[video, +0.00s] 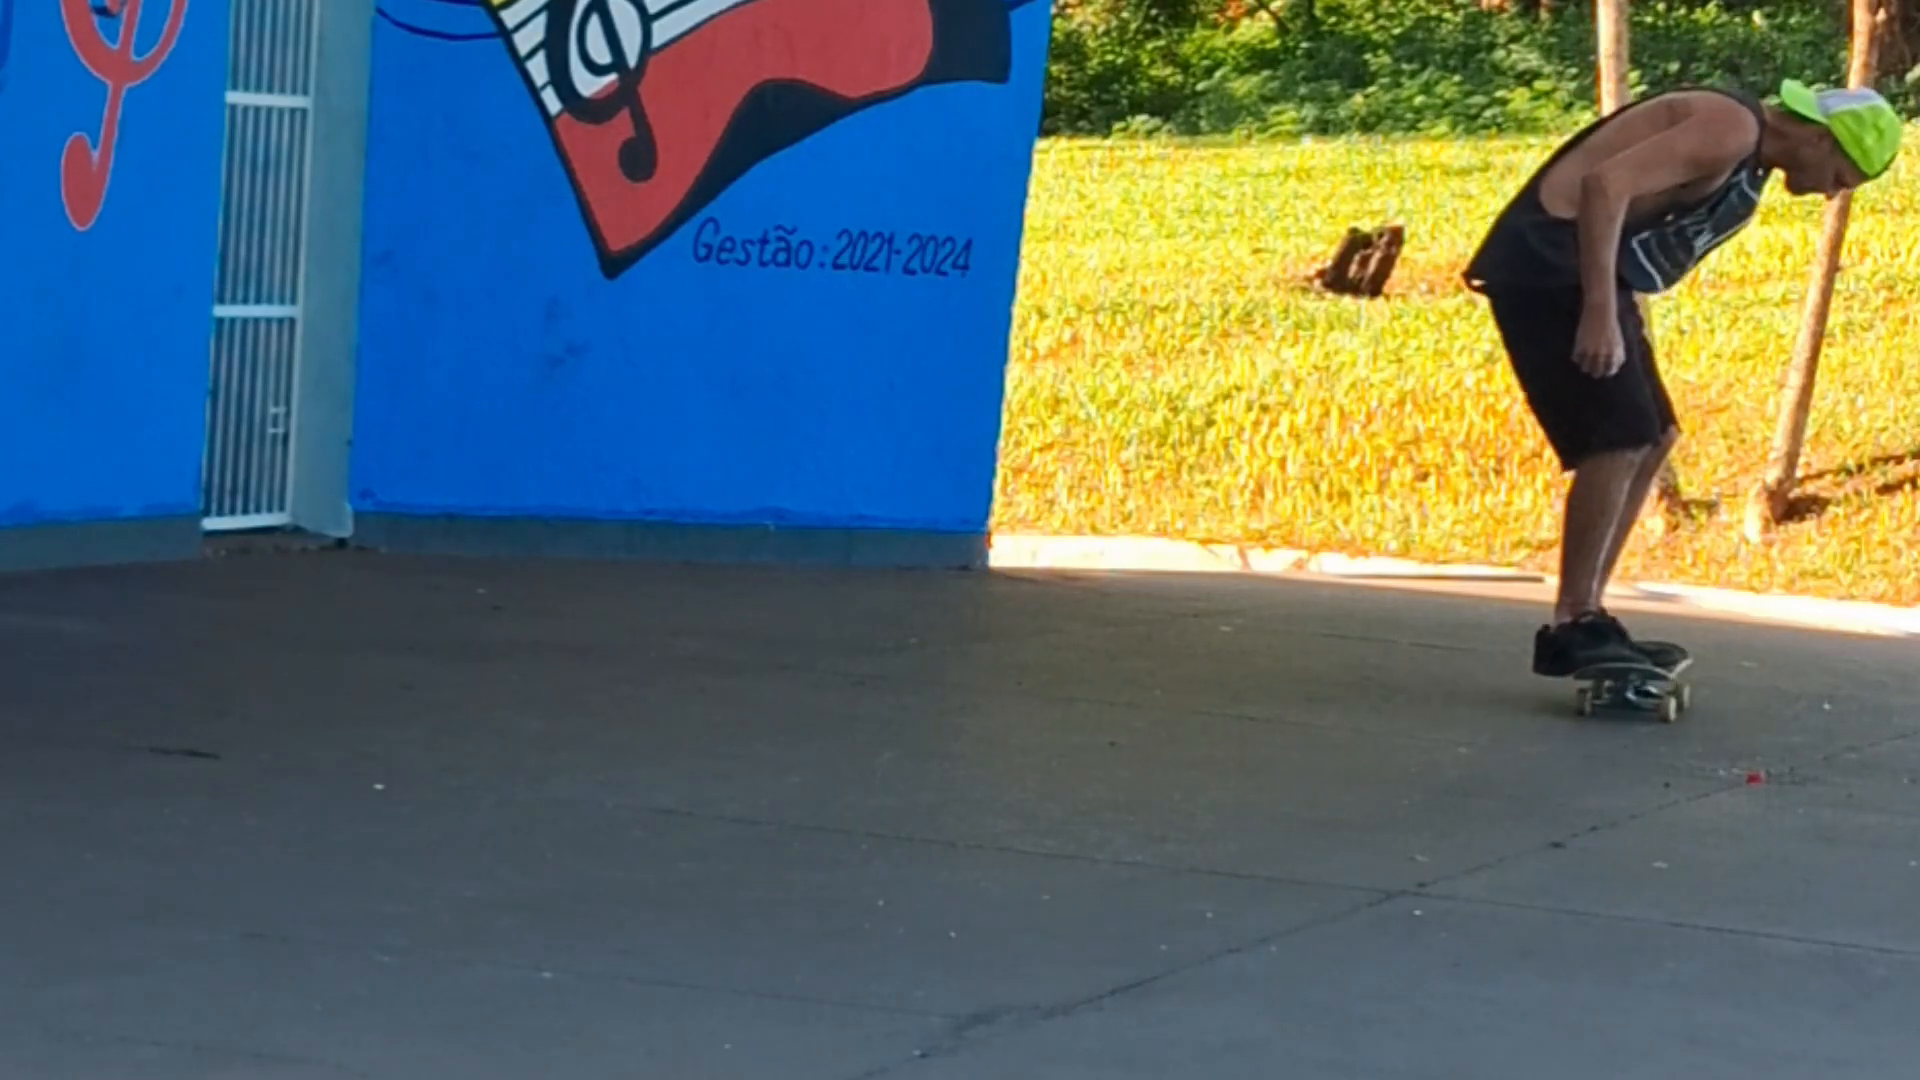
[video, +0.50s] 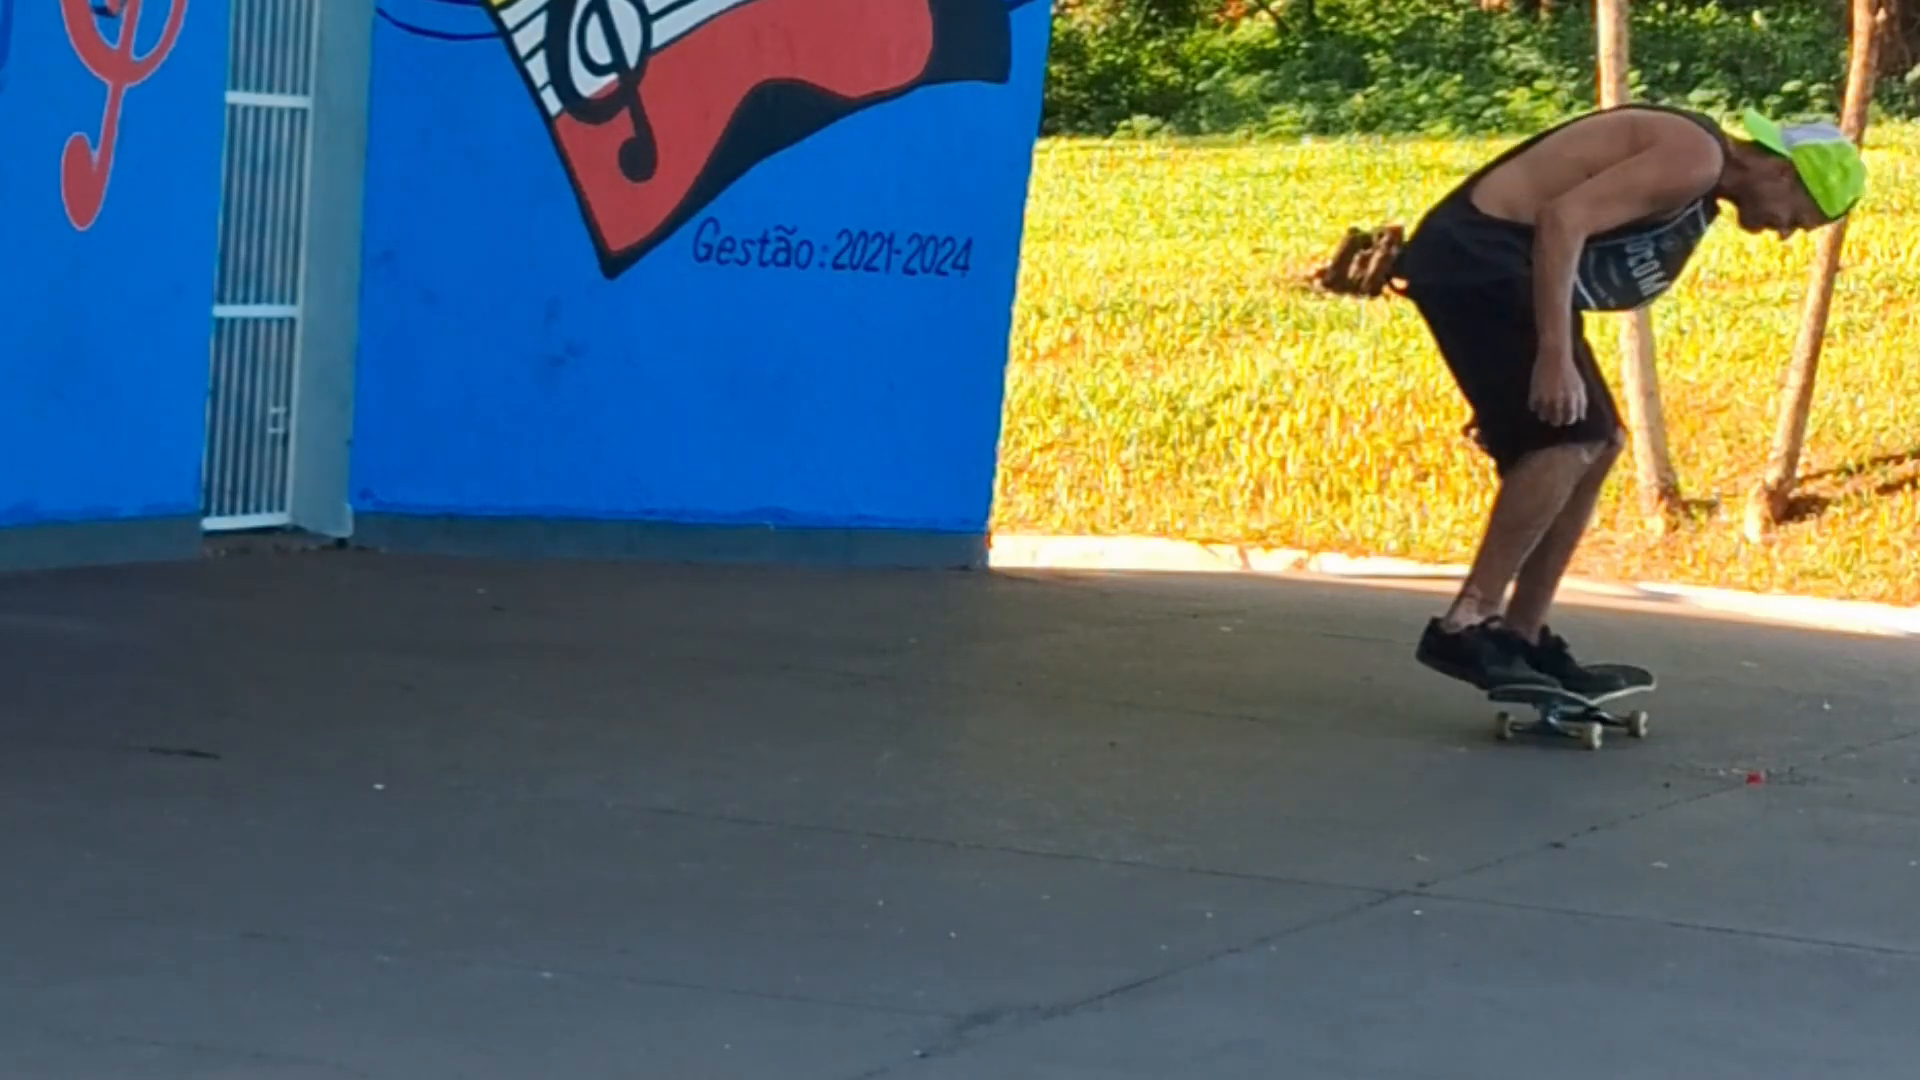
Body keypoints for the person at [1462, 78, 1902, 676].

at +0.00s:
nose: (1834, 191)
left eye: (1846, 185)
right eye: (1843, 176)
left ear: (1824, 136)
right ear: (1824, 137)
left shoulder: (1743, 162)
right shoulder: (1728, 128)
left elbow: (1630, 232)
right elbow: (1604, 186)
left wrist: (1627, 314)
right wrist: (1598, 312)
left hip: (1584, 272)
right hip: (1545, 266)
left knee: (1653, 435)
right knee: (1618, 437)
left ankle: (1584, 616)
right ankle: (1568, 625)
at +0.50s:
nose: (1790, 230)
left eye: (1804, 225)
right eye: (1801, 215)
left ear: (1785, 177)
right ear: (1784, 172)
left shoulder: (1700, 185)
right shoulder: (1693, 157)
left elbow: (1572, 249)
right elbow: (1561, 217)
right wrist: (1554, 357)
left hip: (1514, 266)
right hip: (1474, 254)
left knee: (1598, 439)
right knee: (1565, 438)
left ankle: (1521, 633)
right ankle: (1466, 621)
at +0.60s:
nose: (1776, 238)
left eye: (1790, 233)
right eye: (1787, 222)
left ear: (1773, 182)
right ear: (1771, 178)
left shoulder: (1683, 190)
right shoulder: (1679, 161)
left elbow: (1556, 264)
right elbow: (1547, 227)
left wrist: (1481, 398)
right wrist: (1533, 368)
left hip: (1499, 267)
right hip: (1455, 254)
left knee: (1578, 443)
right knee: (1549, 442)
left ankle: (1500, 640)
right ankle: (1448, 629)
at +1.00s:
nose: (1702, 281)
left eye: (1717, 276)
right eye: (1716, 267)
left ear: (1696, 217)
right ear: (1699, 223)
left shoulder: (1614, 210)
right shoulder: (1608, 205)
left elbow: (1490, 308)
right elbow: (1490, 297)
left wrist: (1424, 480)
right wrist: (1482, 449)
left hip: (1405, 275)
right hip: (1364, 270)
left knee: (1518, 445)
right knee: (1478, 469)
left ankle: (1416, 651)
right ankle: (1351, 641)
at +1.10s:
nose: (1680, 308)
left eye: (1696, 300)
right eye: (1694, 292)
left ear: (1670, 246)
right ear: (1673, 248)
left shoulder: (1586, 248)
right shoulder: (1583, 232)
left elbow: (1495, 366)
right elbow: (1505, 346)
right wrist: (1537, 491)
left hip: (1383, 307)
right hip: (1339, 298)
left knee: (1493, 472)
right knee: (1474, 477)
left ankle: (1391, 657)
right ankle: (1331, 640)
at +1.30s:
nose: (1637, 319)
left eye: (1650, 311)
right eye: (1647, 301)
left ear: (1620, 256)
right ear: (1622, 255)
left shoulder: (1539, 300)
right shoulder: (1529, 251)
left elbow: (1514, 449)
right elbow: (1470, 413)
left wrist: (1538, 574)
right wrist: (1580, 512)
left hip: (1326, 341)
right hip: (1284, 333)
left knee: (1475, 487)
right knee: (1451, 483)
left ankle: (1345, 661)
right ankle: (1285, 642)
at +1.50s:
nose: (1628, 144)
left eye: (1646, 133)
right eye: (1643, 122)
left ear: (1609, 75)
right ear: (1615, 76)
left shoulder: (1513, 110)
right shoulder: (1491, 78)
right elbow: (1320, 101)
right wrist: (1173, 174)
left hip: (1345, 270)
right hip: (1295, 256)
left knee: (1422, 459)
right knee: (1394, 463)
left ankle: (1305, 665)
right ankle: (1239, 649)